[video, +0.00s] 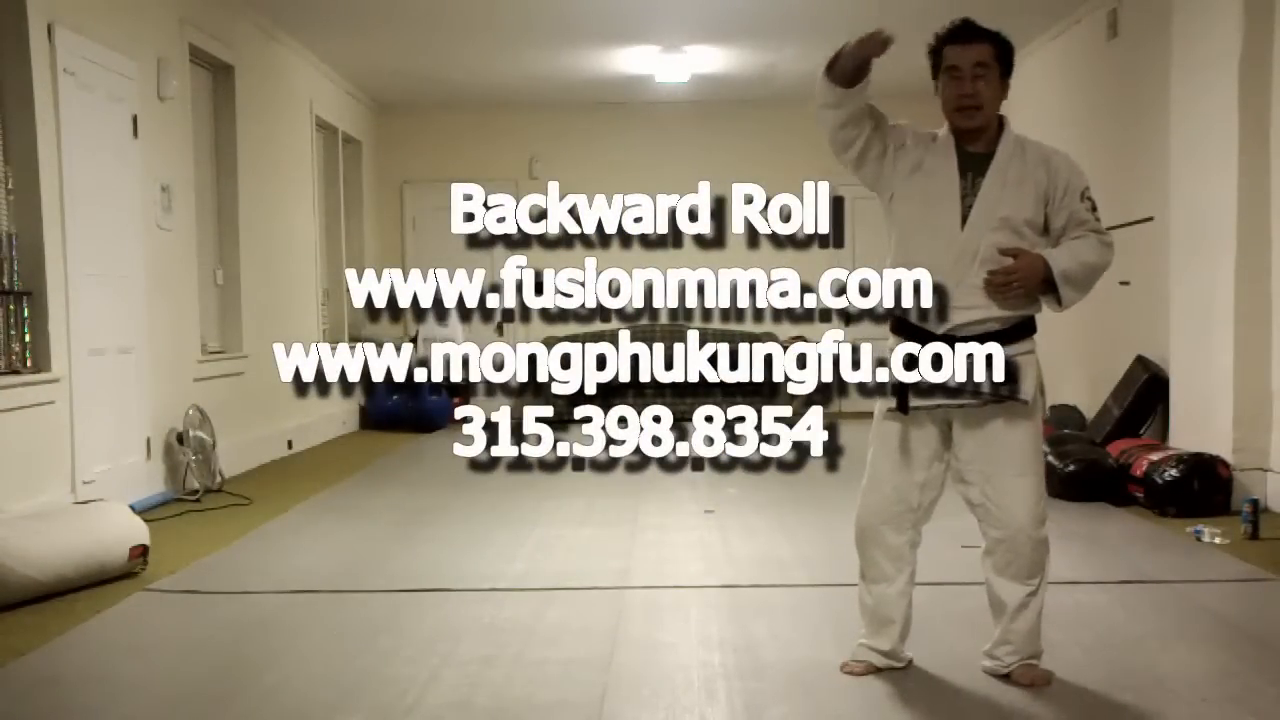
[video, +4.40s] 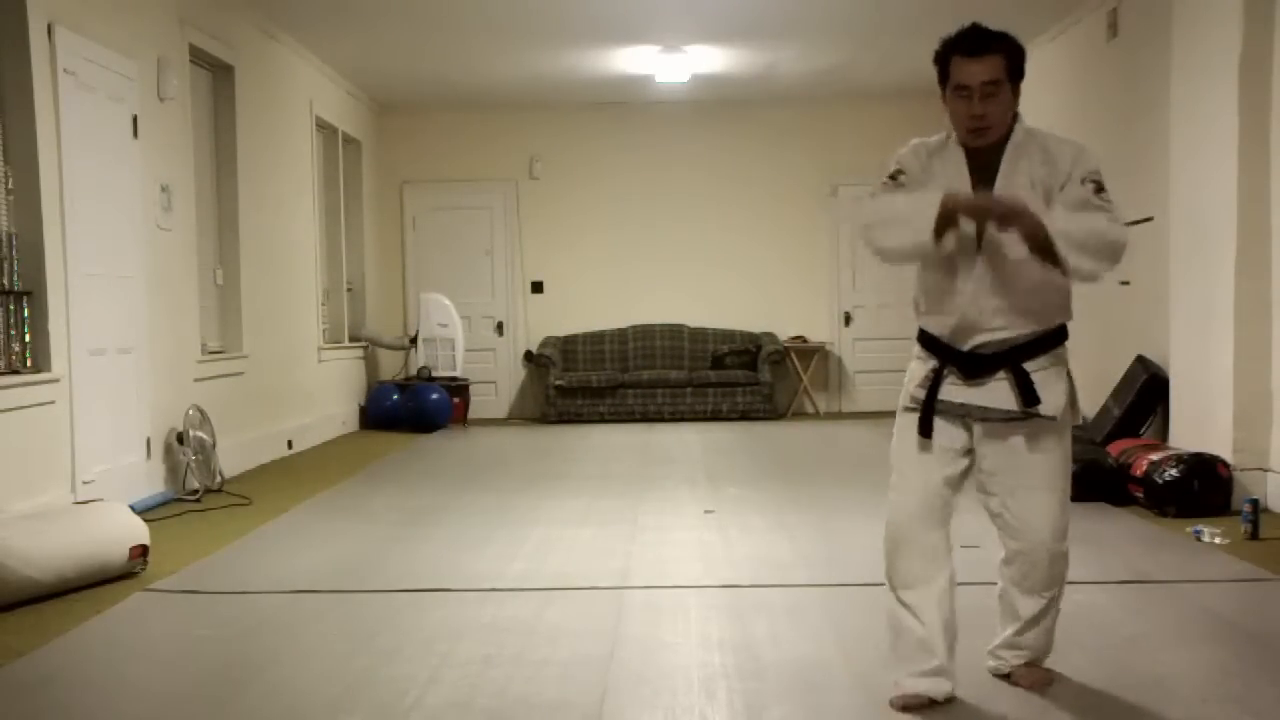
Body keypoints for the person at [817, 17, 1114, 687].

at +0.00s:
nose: (965, 86)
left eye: (980, 73)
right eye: (952, 75)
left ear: (1004, 84)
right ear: (936, 88)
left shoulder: (1048, 168)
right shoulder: (902, 157)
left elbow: (1093, 245)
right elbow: (844, 122)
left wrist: (1048, 268)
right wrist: (852, 63)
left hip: (1002, 362)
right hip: (912, 362)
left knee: (1019, 522)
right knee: (884, 515)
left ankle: (1014, 654)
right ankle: (881, 643)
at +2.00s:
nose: (991, 83)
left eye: (1007, 70)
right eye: (978, 71)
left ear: (1029, 84)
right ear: (960, 85)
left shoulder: (1070, 171)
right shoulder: (935, 158)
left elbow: (1113, 249)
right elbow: (900, 98)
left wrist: (1074, 270)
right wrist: (951, 38)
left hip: (1026, 369)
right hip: (936, 366)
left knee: (1036, 526)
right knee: (899, 514)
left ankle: (1016, 653)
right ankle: (882, 641)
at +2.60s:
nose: (978, 84)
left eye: (988, 70)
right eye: (959, 74)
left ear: (1005, 81)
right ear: (936, 93)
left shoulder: (1055, 165)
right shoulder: (915, 162)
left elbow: (1103, 239)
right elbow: (861, 140)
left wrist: (1061, 265)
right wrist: (860, 86)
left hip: (1022, 365)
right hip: (931, 365)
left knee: (1035, 525)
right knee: (899, 516)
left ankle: (1016, 654)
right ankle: (884, 641)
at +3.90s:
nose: (985, 87)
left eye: (995, 73)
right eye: (967, 77)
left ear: (1010, 80)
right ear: (940, 93)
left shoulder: (1056, 162)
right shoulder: (913, 163)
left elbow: (1105, 239)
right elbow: (850, 204)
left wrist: (1062, 268)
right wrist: (823, 174)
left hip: (1026, 372)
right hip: (936, 373)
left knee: (1038, 529)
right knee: (902, 518)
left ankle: (1017, 653)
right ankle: (886, 642)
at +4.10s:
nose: (992, 91)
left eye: (1004, 77)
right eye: (975, 80)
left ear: (1021, 83)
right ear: (951, 90)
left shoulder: (1071, 162)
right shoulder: (915, 167)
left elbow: (1121, 238)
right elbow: (870, 240)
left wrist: (1072, 268)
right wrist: (850, 254)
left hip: (1035, 374)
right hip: (940, 373)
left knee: (1044, 533)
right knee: (896, 518)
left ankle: (1018, 654)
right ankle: (883, 642)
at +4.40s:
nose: (977, 108)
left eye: (991, 93)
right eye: (962, 93)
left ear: (1017, 93)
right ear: (944, 95)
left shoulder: (1063, 159)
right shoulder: (922, 160)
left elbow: (1108, 246)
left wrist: (1031, 219)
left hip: (1032, 371)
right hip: (939, 369)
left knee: (1040, 539)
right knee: (912, 529)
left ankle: (1021, 652)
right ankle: (921, 675)